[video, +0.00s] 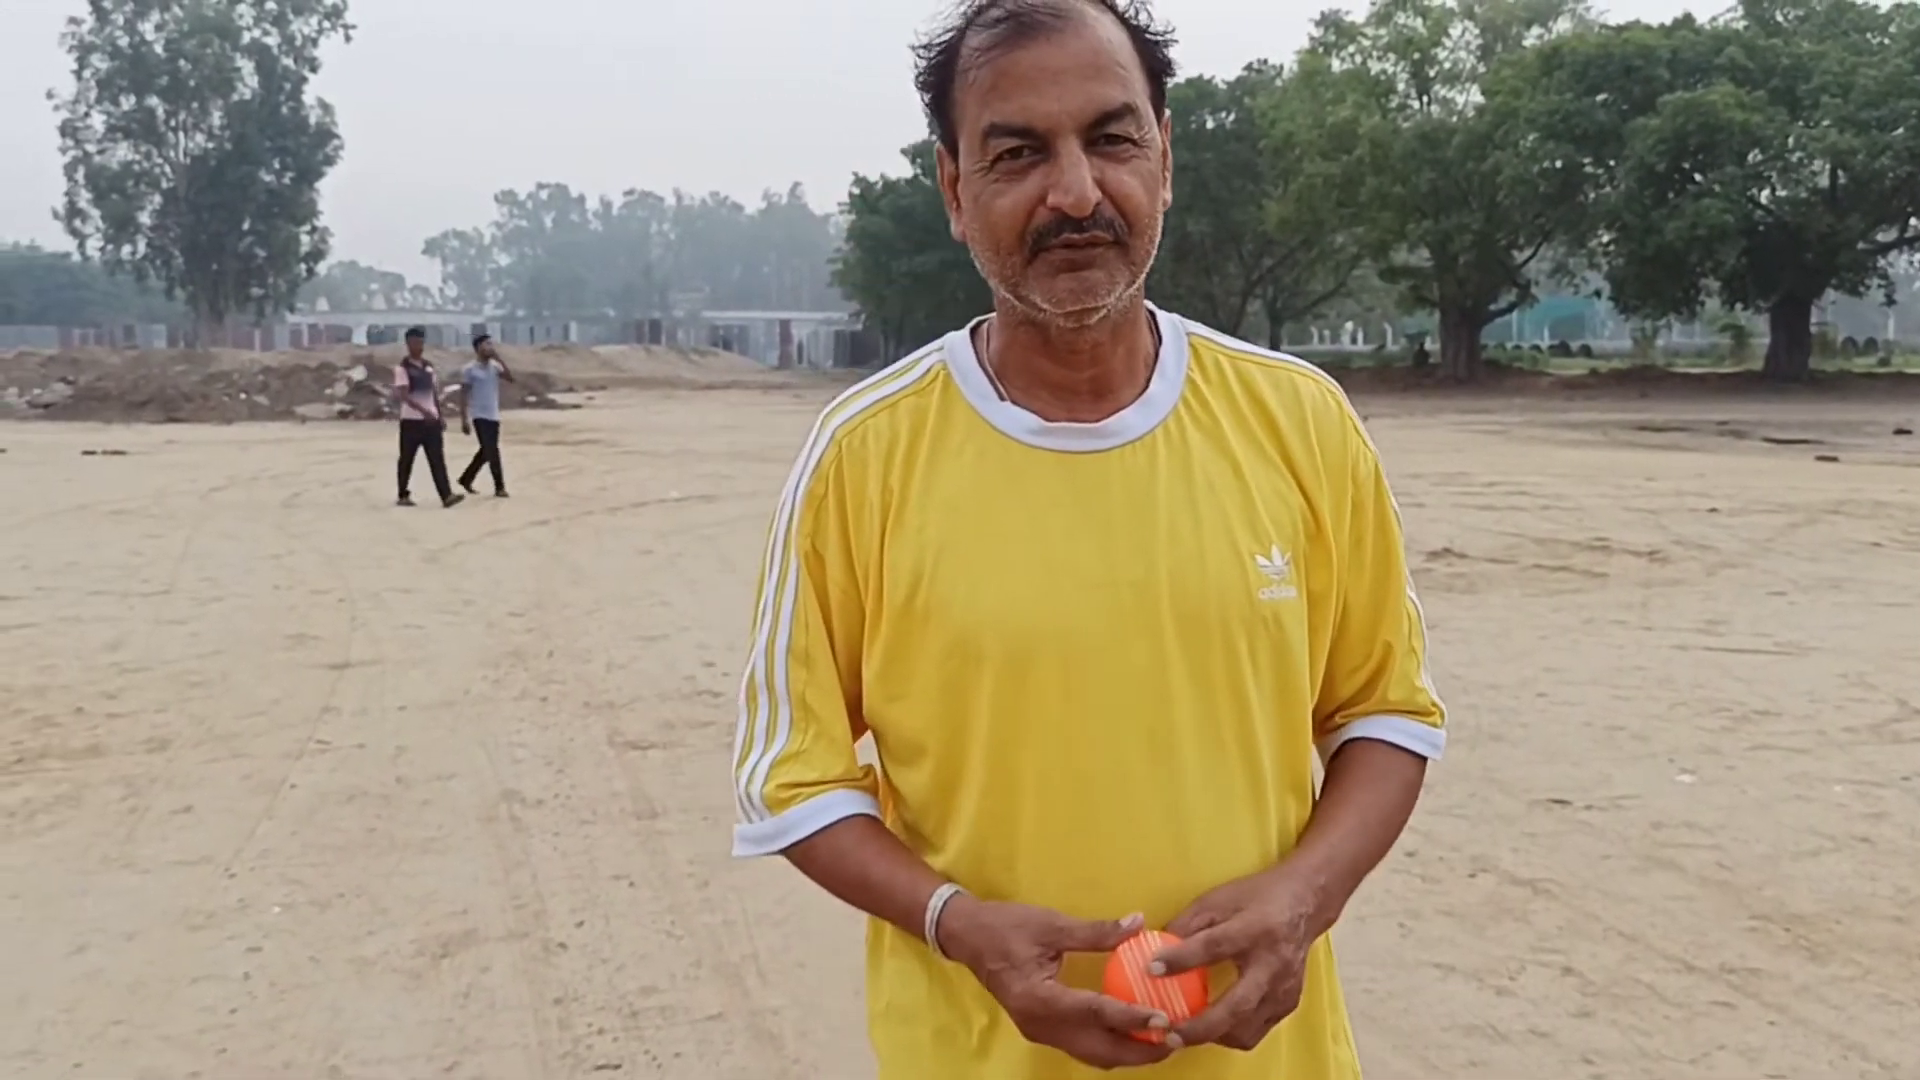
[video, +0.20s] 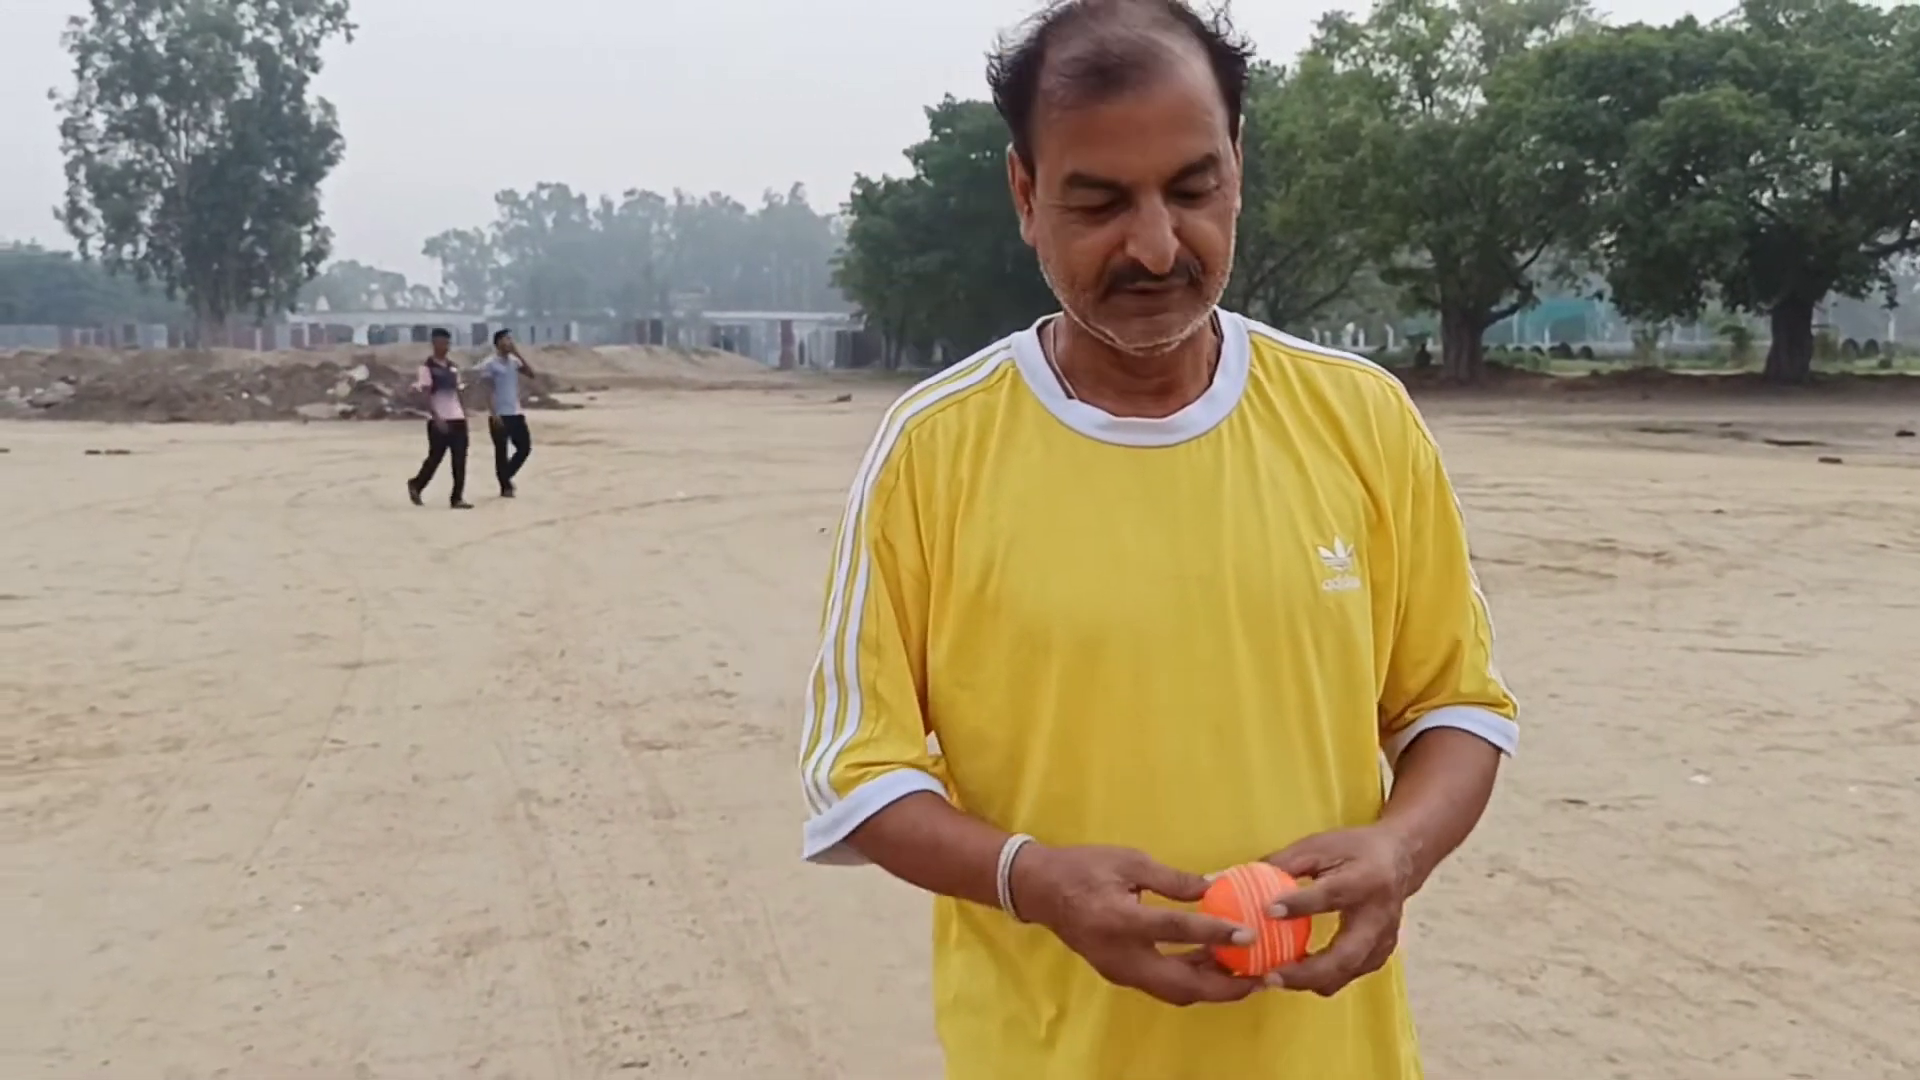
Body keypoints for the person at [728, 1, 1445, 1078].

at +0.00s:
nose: (1075, 191)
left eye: (1113, 140)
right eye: (1020, 153)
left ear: (1165, 164)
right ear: (954, 195)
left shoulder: (1302, 422)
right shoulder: (862, 454)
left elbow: (1392, 712)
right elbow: (789, 774)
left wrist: (1301, 893)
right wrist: (962, 924)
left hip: (1272, 1049)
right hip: (976, 1054)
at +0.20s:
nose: (1154, 247)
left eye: (1193, 188)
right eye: (1099, 201)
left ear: (1238, 170)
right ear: (1025, 199)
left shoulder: (1364, 421)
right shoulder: (931, 449)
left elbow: (1462, 707)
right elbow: (854, 774)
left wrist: (1399, 846)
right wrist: (1028, 879)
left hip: (1332, 1048)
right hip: (1043, 1053)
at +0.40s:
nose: (1223, 259)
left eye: (1263, 204)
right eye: (1169, 214)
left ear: (1306, 183)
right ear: (1092, 203)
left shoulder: (1424, 421)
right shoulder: (996, 444)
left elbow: (1528, 699)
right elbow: (907, 771)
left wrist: (1478, 808)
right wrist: (1091, 831)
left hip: (1389, 1045)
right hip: (1102, 1049)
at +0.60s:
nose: (1275, 248)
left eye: (1314, 192)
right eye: (1220, 203)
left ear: (1353, 180)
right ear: (1146, 200)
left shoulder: (1467, 416)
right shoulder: (1043, 435)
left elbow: (1574, 691)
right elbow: (936, 755)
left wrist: (1526, 775)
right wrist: (1133, 781)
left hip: (1423, 1039)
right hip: (1140, 1046)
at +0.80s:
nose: (1301, 216)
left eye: (1340, 165)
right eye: (1247, 172)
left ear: (1382, 171)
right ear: (1175, 186)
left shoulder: (1489, 417)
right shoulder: (1069, 433)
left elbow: (1613, 696)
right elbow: (936, 735)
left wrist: (1561, 739)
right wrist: (1175, 734)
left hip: (1439, 1034)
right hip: (1159, 1042)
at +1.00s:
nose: (1300, 184)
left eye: (1335, 140)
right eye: (1245, 147)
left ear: (1378, 176)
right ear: (1177, 191)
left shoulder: (1489, 425)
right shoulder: (1070, 437)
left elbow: (1642, 720)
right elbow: (926, 719)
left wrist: (1573, 714)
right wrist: (1187, 700)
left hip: (1435, 1032)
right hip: (1157, 1038)